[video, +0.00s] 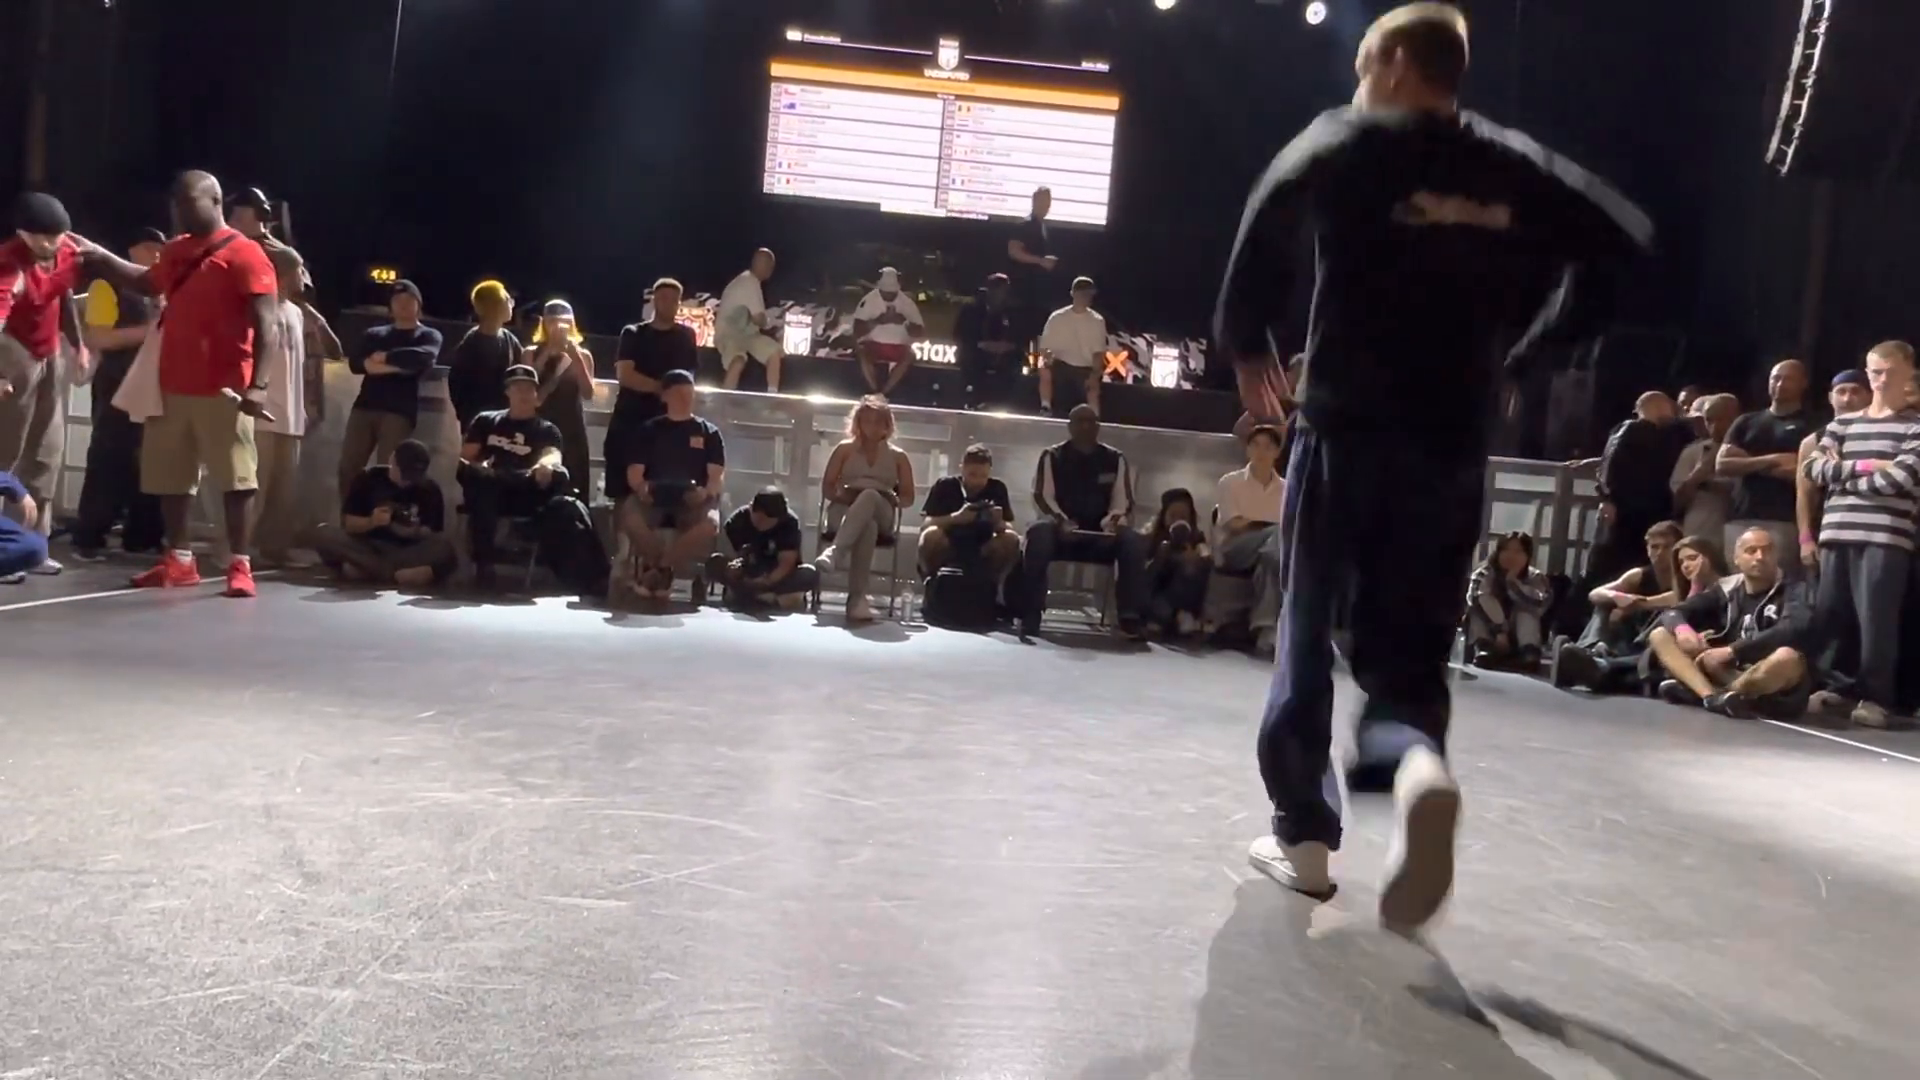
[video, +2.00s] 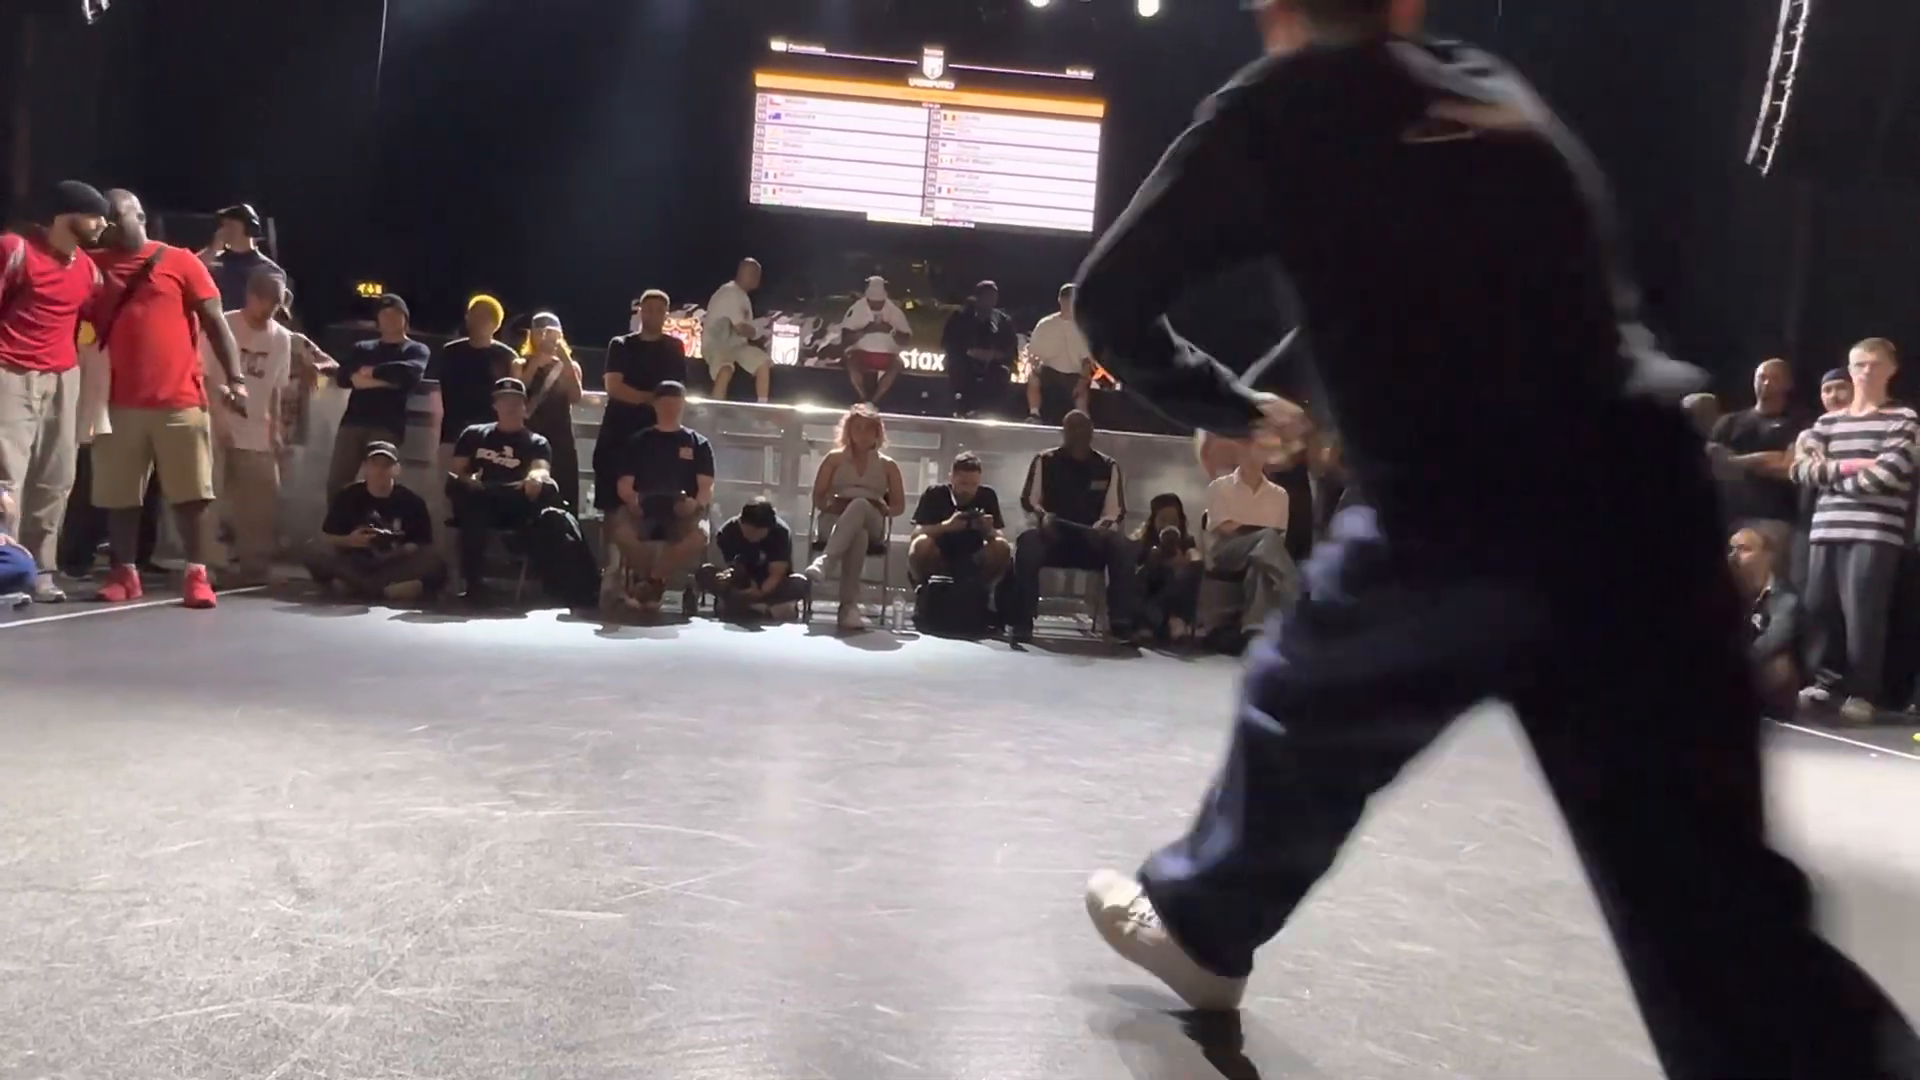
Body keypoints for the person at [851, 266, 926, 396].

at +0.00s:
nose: (889, 296)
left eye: (893, 293)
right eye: (886, 293)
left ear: (898, 289)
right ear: (879, 289)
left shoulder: (907, 302)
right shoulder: (869, 300)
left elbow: (919, 332)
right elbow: (857, 331)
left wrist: (903, 321)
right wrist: (878, 320)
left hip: (899, 346)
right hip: (874, 344)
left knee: (909, 357)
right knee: (862, 353)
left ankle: (884, 392)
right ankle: (875, 391)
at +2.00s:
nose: (876, 305)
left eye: (880, 301)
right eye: (873, 301)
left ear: (885, 298)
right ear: (867, 298)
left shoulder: (894, 310)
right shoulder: (856, 309)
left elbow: (905, 340)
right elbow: (845, 339)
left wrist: (891, 330)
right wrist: (866, 330)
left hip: (887, 354)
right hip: (860, 352)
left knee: (897, 365)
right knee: (851, 362)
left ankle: (874, 401)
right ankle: (863, 398)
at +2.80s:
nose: (859, 303)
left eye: (862, 300)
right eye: (855, 300)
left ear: (867, 296)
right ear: (849, 296)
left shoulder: (876, 307)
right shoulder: (840, 307)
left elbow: (890, 337)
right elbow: (828, 339)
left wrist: (875, 327)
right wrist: (849, 328)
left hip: (871, 353)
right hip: (845, 351)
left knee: (882, 364)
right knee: (833, 357)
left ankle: (858, 400)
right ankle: (849, 398)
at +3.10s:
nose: (861, 313)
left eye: (865, 310)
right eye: (857, 310)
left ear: (870, 307)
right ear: (851, 306)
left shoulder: (879, 319)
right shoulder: (841, 318)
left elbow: (891, 347)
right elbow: (831, 349)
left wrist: (876, 338)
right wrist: (850, 338)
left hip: (873, 363)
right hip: (847, 361)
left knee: (883, 374)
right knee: (836, 371)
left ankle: (860, 411)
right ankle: (852, 410)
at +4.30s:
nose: (873, 323)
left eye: (876, 319)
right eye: (870, 319)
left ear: (879, 317)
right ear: (862, 316)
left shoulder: (883, 326)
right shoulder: (852, 328)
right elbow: (842, 357)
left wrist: (881, 343)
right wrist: (862, 346)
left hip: (880, 374)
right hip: (859, 373)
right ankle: (862, 416)